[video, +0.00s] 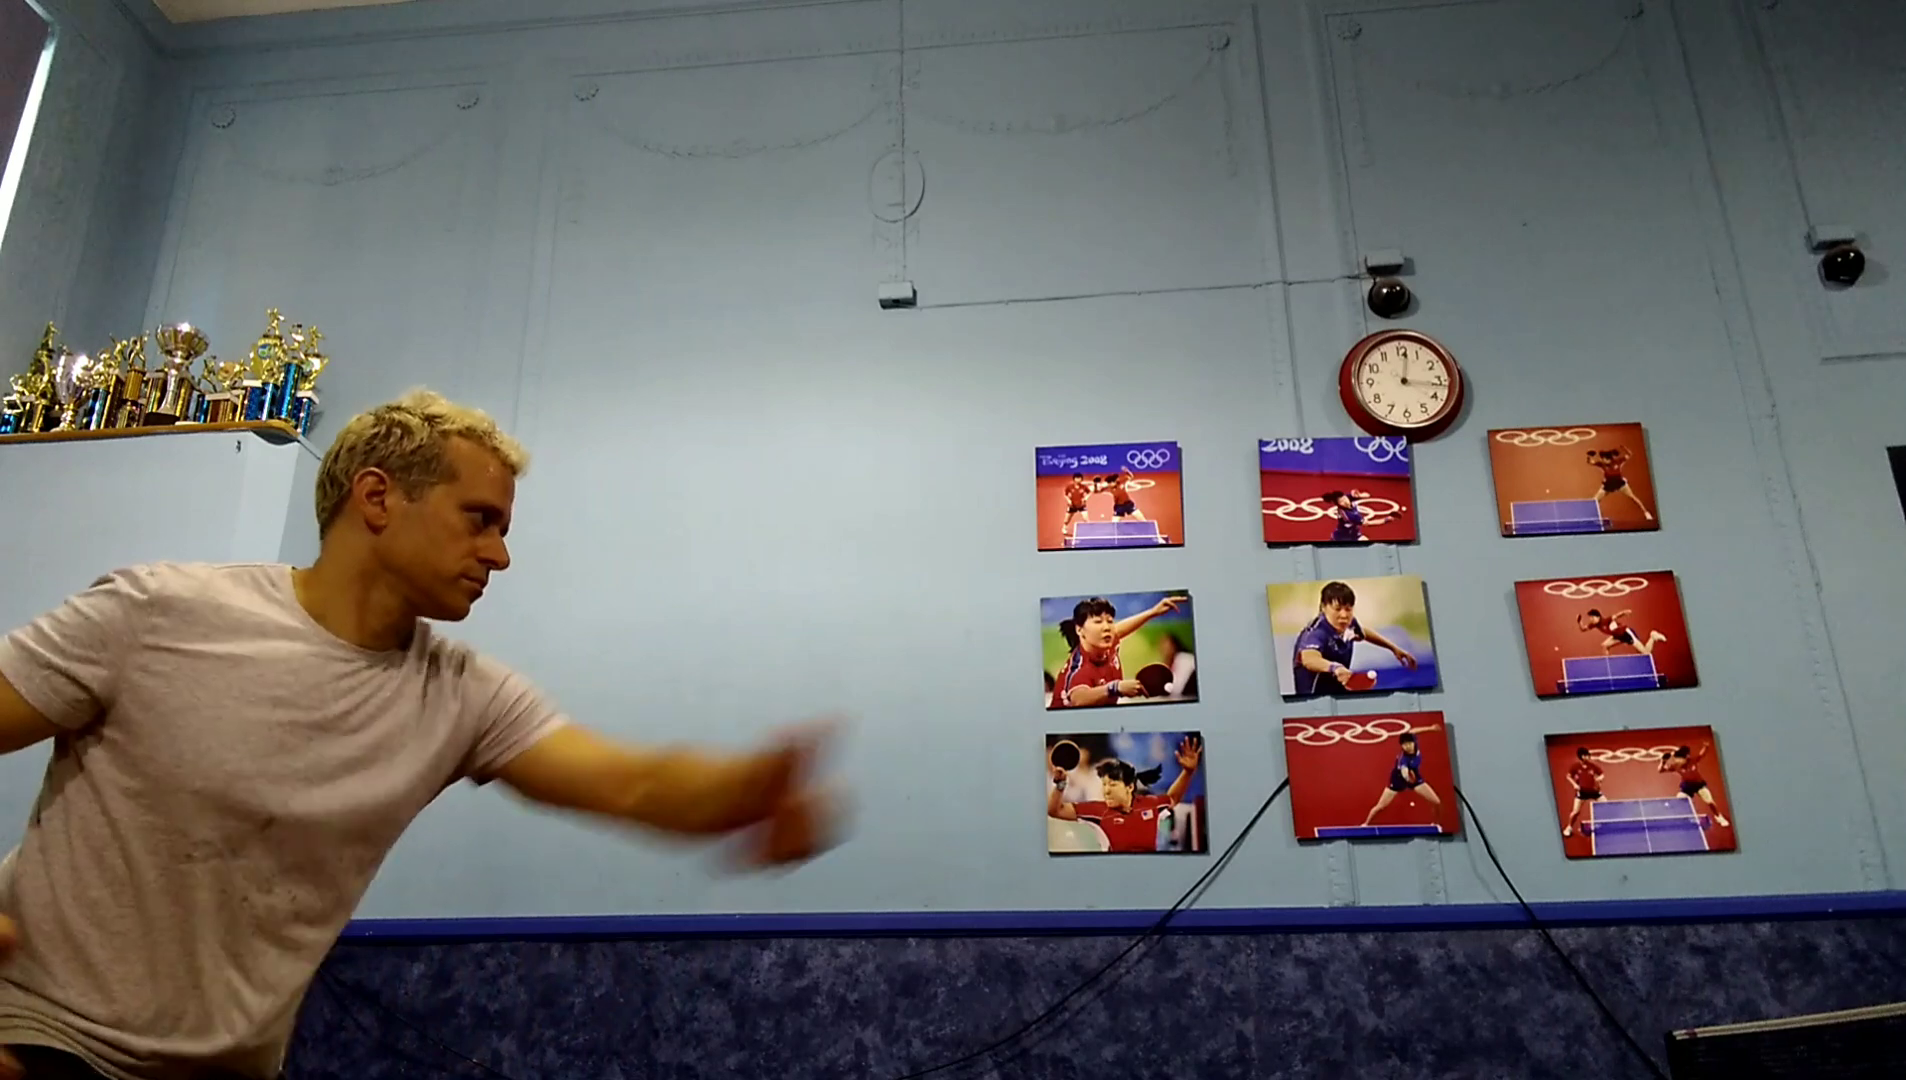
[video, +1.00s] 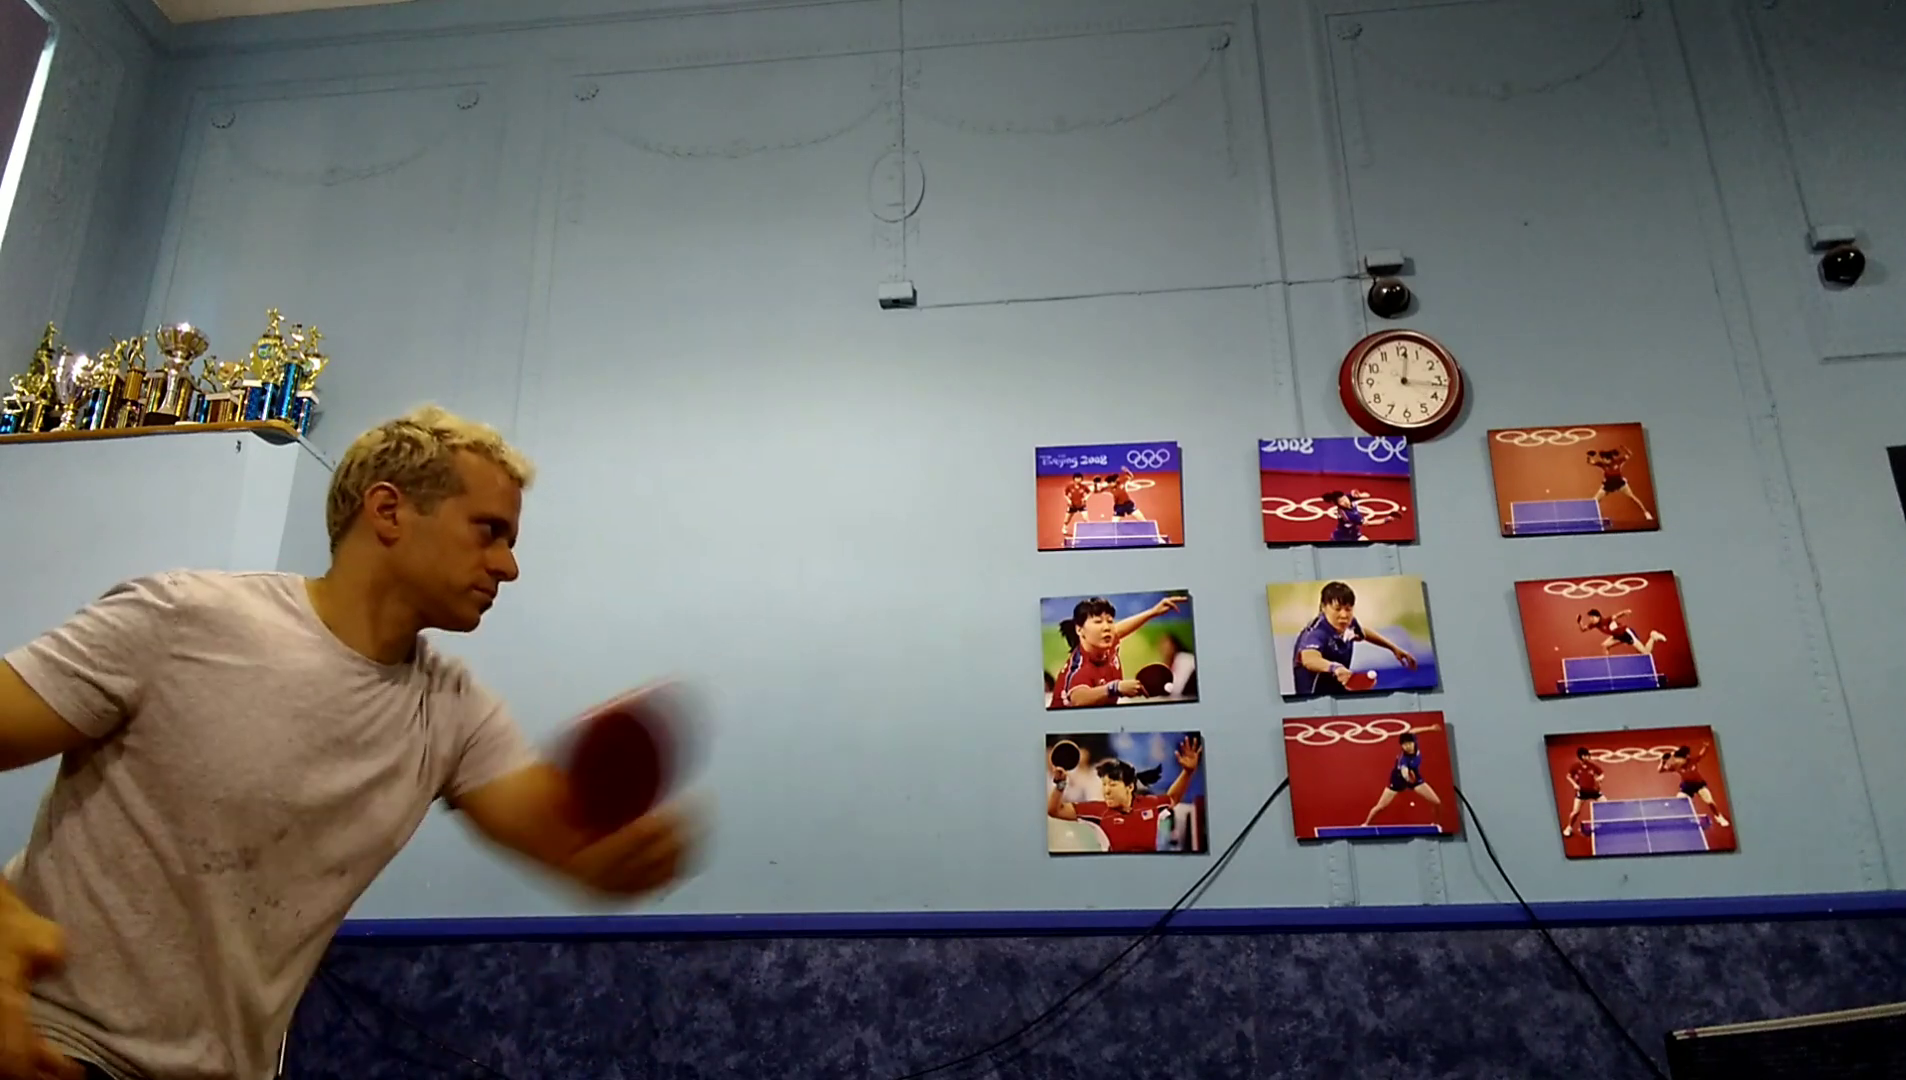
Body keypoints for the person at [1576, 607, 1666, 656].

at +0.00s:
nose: (1590, 620)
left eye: (1591, 618)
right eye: (1590, 619)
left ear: (1597, 617)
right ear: (1593, 618)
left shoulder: (1607, 620)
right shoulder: (1594, 624)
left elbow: (1617, 615)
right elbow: (1583, 630)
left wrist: (1625, 612)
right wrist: (1579, 623)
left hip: (1627, 634)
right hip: (1618, 636)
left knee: (1646, 652)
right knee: (1604, 645)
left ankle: (1653, 636)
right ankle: (1607, 667)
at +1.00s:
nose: (1591, 620)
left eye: (1591, 618)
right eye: (1590, 619)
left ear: (1597, 617)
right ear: (1593, 618)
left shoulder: (1607, 620)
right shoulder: (1595, 625)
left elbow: (1617, 615)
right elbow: (1584, 630)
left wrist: (1625, 612)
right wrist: (1579, 623)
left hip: (1627, 634)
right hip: (1618, 637)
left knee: (1646, 652)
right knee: (1604, 645)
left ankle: (1653, 636)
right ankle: (1608, 667)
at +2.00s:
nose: (1590, 620)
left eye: (1591, 618)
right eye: (1590, 619)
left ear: (1597, 617)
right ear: (1593, 618)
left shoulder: (1607, 620)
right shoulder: (1595, 625)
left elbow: (1617, 615)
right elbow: (1584, 630)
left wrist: (1625, 612)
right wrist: (1579, 623)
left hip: (1627, 634)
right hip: (1618, 637)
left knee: (1646, 652)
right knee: (1604, 645)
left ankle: (1653, 636)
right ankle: (1608, 667)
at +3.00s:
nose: (1590, 620)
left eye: (1591, 618)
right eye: (1590, 618)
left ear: (1597, 617)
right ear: (1593, 618)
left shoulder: (1607, 620)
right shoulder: (1594, 624)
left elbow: (1617, 615)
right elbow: (1583, 630)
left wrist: (1626, 612)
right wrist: (1579, 623)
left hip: (1627, 634)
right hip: (1618, 637)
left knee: (1645, 652)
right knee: (1604, 645)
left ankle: (1653, 636)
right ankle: (1607, 667)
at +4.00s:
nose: (1590, 620)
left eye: (1591, 618)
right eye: (1590, 619)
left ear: (1597, 617)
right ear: (1593, 618)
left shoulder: (1607, 620)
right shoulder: (1594, 624)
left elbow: (1617, 615)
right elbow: (1583, 630)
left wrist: (1625, 612)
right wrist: (1579, 623)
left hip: (1627, 634)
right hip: (1617, 636)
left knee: (1645, 652)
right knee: (1604, 645)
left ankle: (1653, 636)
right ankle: (1608, 666)